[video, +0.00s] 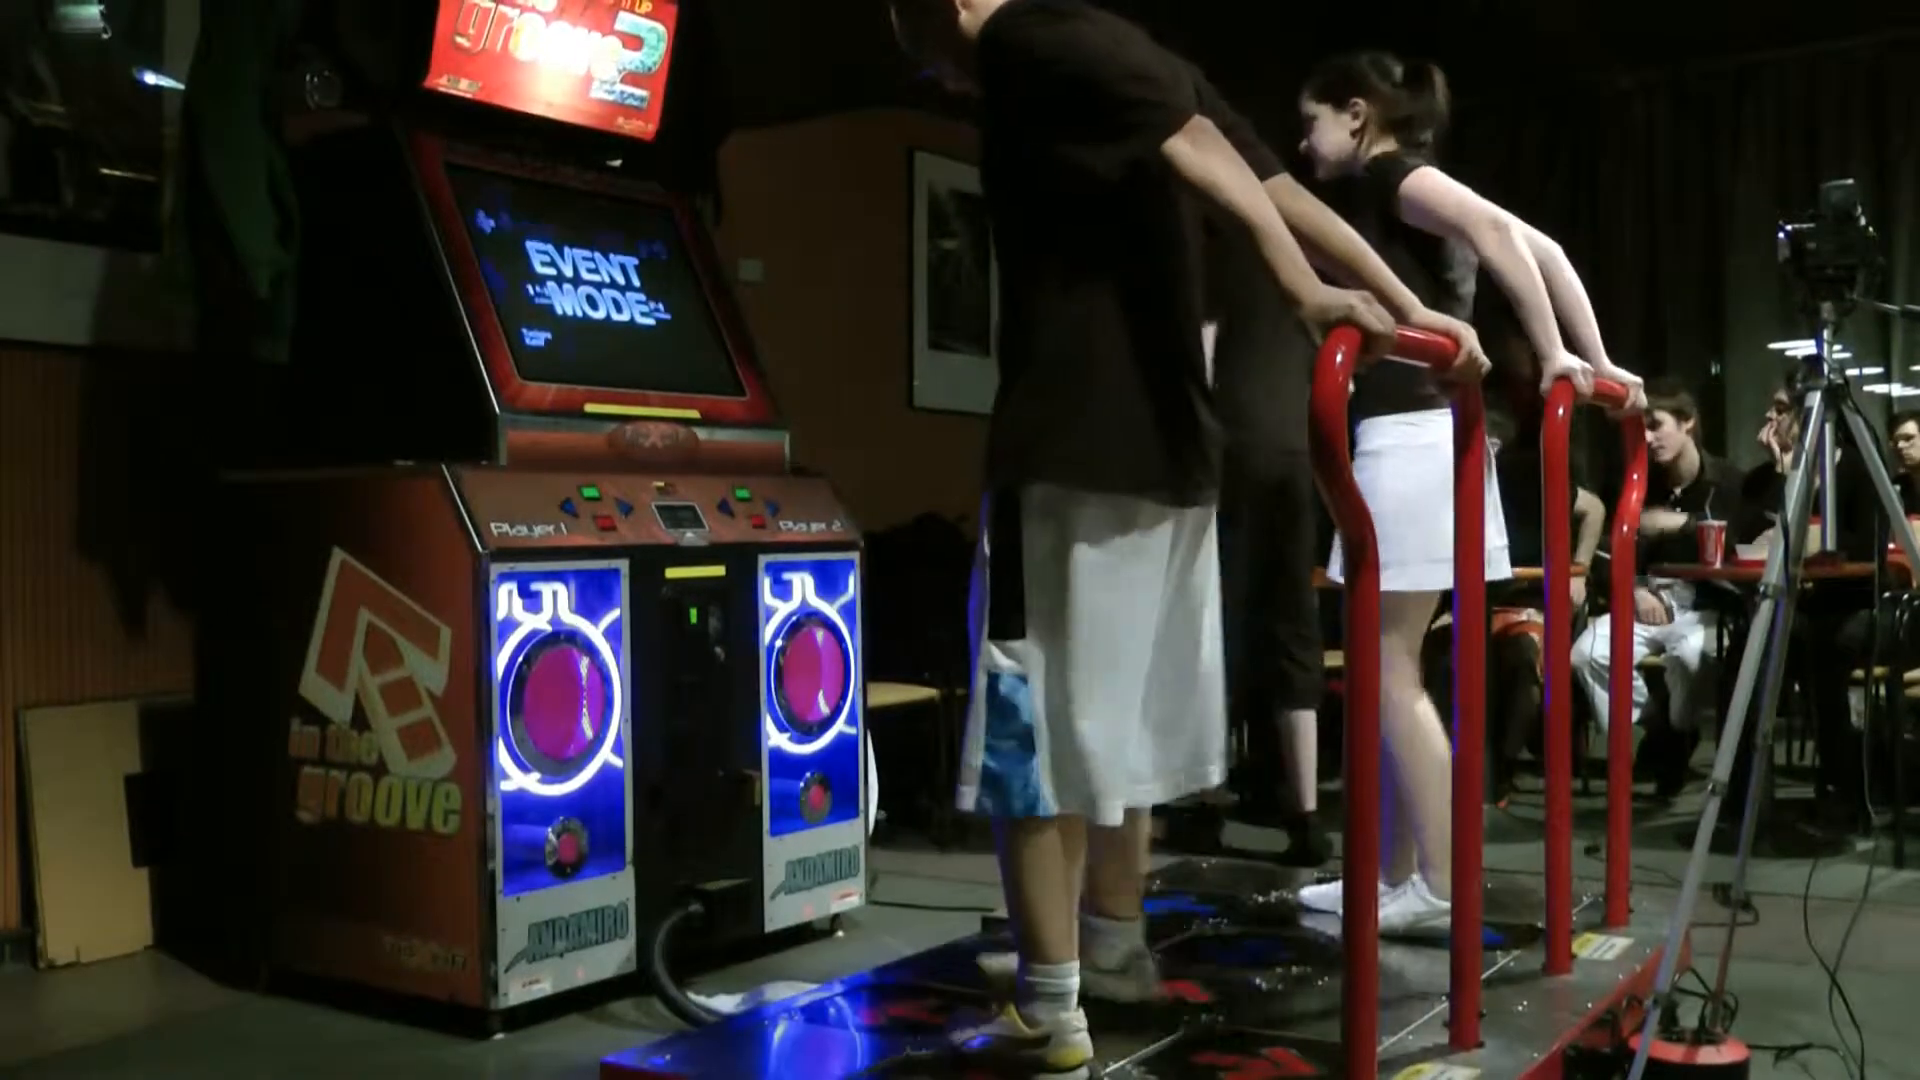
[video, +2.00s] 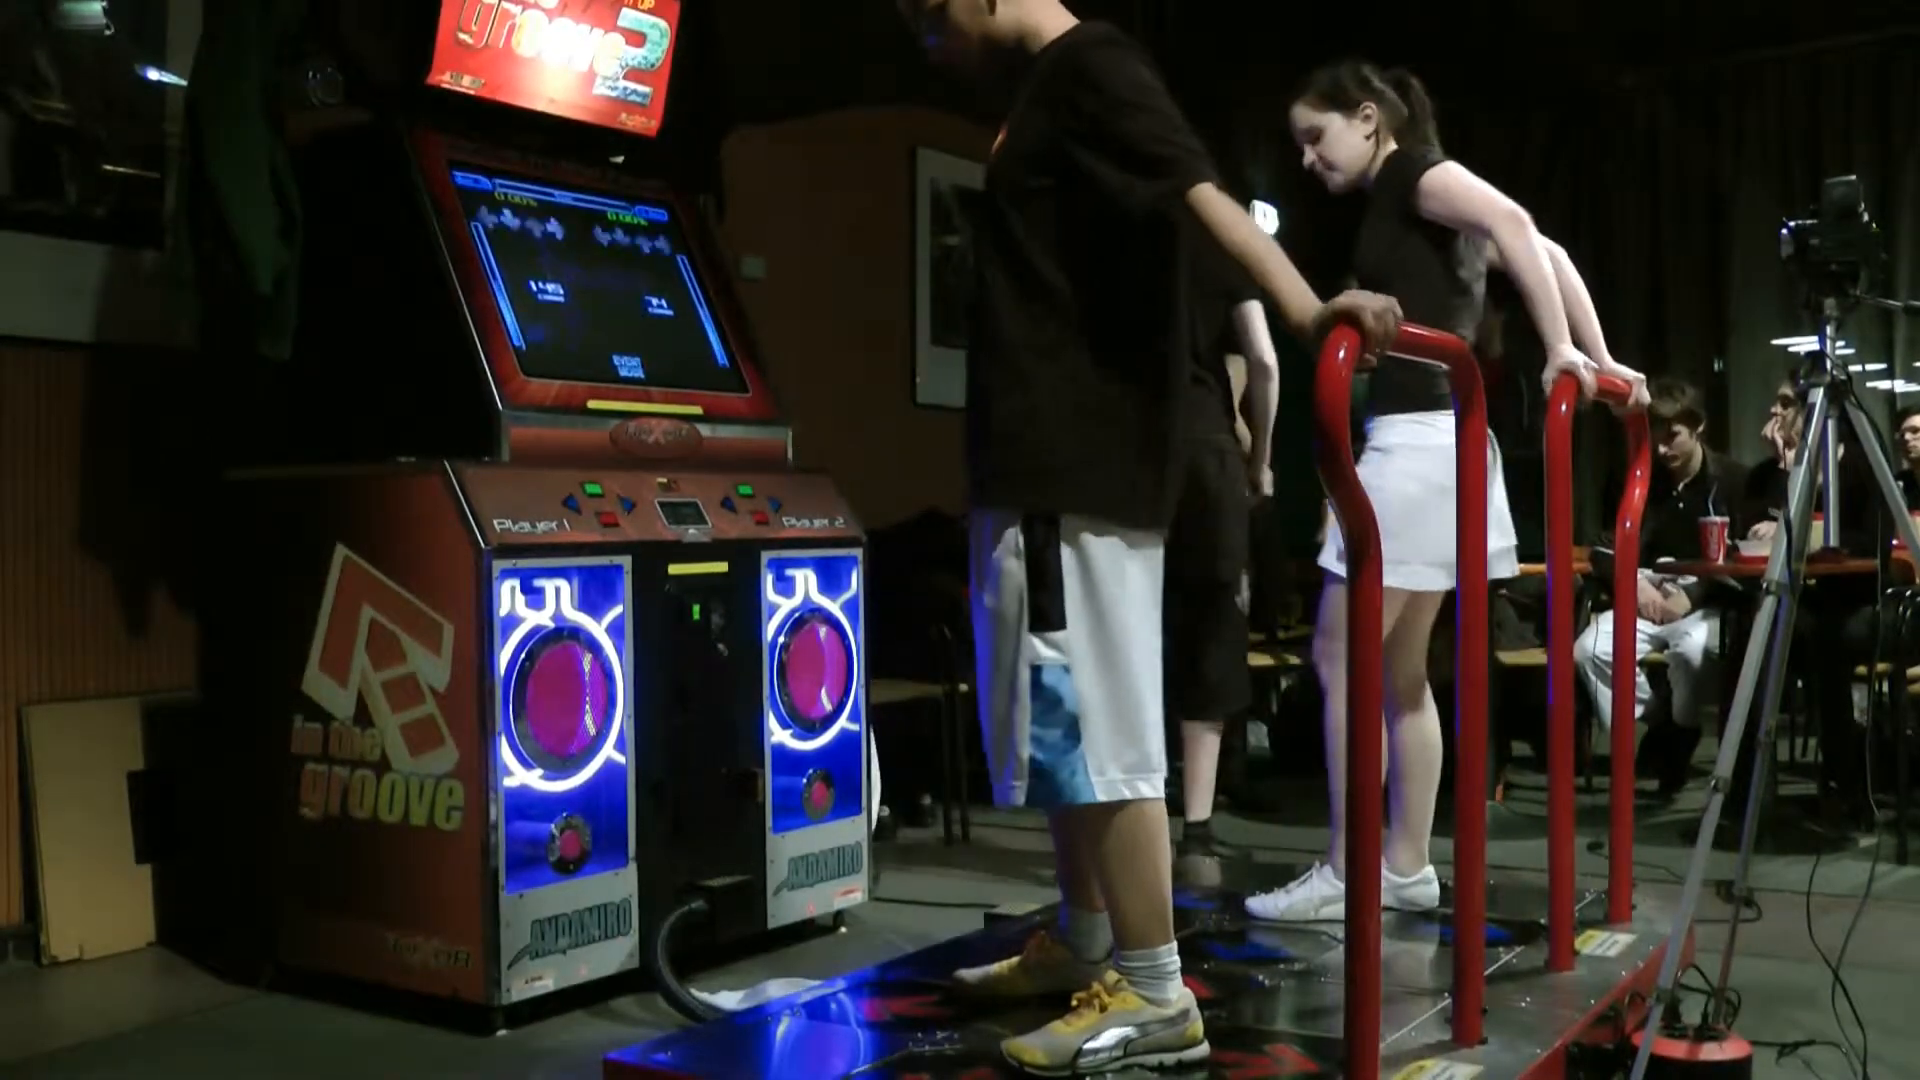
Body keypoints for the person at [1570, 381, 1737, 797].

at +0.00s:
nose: (1650, 437)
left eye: (1659, 426)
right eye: (1645, 428)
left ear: (1688, 425)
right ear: (1638, 430)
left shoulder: (1726, 481)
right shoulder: (1640, 480)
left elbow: (1734, 551)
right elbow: (1612, 552)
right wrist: (1636, 592)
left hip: (1703, 606)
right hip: (1649, 601)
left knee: (1690, 654)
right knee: (1591, 652)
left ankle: (1680, 740)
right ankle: (1654, 733)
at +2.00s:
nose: (1664, 447)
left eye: (1672, 435)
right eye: (1656, 438)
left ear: (1698, 429)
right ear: (1646, 438)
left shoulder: (1730, 480)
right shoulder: (1642, 479)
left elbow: (1740, 558)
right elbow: (1605, 551)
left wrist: (1690, 596)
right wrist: (1637, 588)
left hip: (1705, 602)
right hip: (1647, 596)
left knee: (1690, 650)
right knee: (1593, 649)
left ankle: (1682, 736)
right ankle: (1657, 727)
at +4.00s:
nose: (1685, 421)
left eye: (1695, 410)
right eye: (1674, 413)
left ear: (1713, 418)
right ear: (1660, 423)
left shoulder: (1739, 480)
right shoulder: (1646, 476)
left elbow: (1753, 558)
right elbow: (1607, 547)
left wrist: (1692, 595)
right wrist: (1634, 585)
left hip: (1710, 602)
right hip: (1648, 599)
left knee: (1690, 651)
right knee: (1594, 649)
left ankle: (1682, 736)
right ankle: (1656, 734)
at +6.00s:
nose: (1650, 425)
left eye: (1660, 417)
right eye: (1651, 417)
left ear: (1689, 425)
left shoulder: (1734, 480)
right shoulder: (1645, 474)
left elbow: (1745, 561)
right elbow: (1606, 548)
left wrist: (1692, 595)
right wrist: (1634, 588)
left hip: (1701, 600)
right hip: (1644, 595)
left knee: (1696, 652)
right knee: (1595, 649)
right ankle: (1646, 751)